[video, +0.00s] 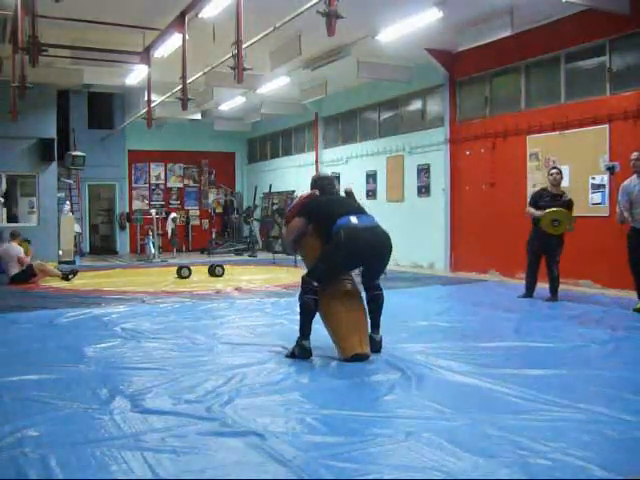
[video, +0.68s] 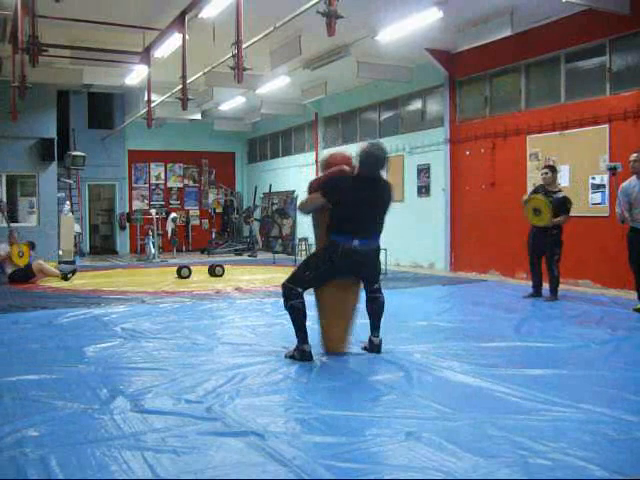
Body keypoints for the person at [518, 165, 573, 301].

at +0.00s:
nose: (555, 177)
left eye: (557, 174)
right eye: (552, 174)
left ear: (561, 177)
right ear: (548, 178)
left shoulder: (567, 199)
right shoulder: (539, 194)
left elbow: (568, 218)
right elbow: (529, 209)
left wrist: (568, 225)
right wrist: (540, 213)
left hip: (556, 235)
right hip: (538, 233)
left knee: (553, 265)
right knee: (532, 264)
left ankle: (554, 293)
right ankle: (529, 291)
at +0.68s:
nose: (543, 177)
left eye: (546, 174)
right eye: (542, 174)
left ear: (554, 176)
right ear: (540, 177)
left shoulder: (561, 197)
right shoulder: (537, 191)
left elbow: (565, 216)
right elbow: (529, 205)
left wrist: (553, 222)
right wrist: (526, 202)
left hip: (552, 231)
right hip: (537, 229)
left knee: (552, 262)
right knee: (534, 261)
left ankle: (553, 292)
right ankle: (536, 289)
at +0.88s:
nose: (544, 181)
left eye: (548, 177)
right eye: (542, 178)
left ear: (553, 179)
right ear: (538, 179)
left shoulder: (559, 195)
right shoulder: (535, 193)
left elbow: (561, 213)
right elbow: (520, 196)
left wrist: (554, 200)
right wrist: (531, 183)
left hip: (550, 232)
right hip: (534, 231)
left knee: (550, 263)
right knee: (534, 263)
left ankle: (553, 293)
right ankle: (536, 290)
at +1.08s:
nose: (537, 179)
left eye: (540, 176)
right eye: (536, 177)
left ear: (546, 179)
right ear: (534, 180)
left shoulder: (554, 194)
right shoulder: (532, 193)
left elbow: (565, 200)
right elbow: (519, 185)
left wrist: (560, 184)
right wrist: (529, 172)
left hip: (549, 230)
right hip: (533, 229)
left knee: (550, 262)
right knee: (535, 262)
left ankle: (553, 292)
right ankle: (537, 290)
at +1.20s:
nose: (533, 180)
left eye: (536, 177)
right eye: (532, 178)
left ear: (543, 179)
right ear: (531, 180)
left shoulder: (553, 194)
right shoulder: (531, 194)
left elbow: (567, 190)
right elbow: (518, 182)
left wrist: (561, 173)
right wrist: (529, 167)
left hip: (549, 229)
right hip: (533, 229)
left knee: (551, 262)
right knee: (534, 262)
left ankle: (553, 292)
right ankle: (537, 290)